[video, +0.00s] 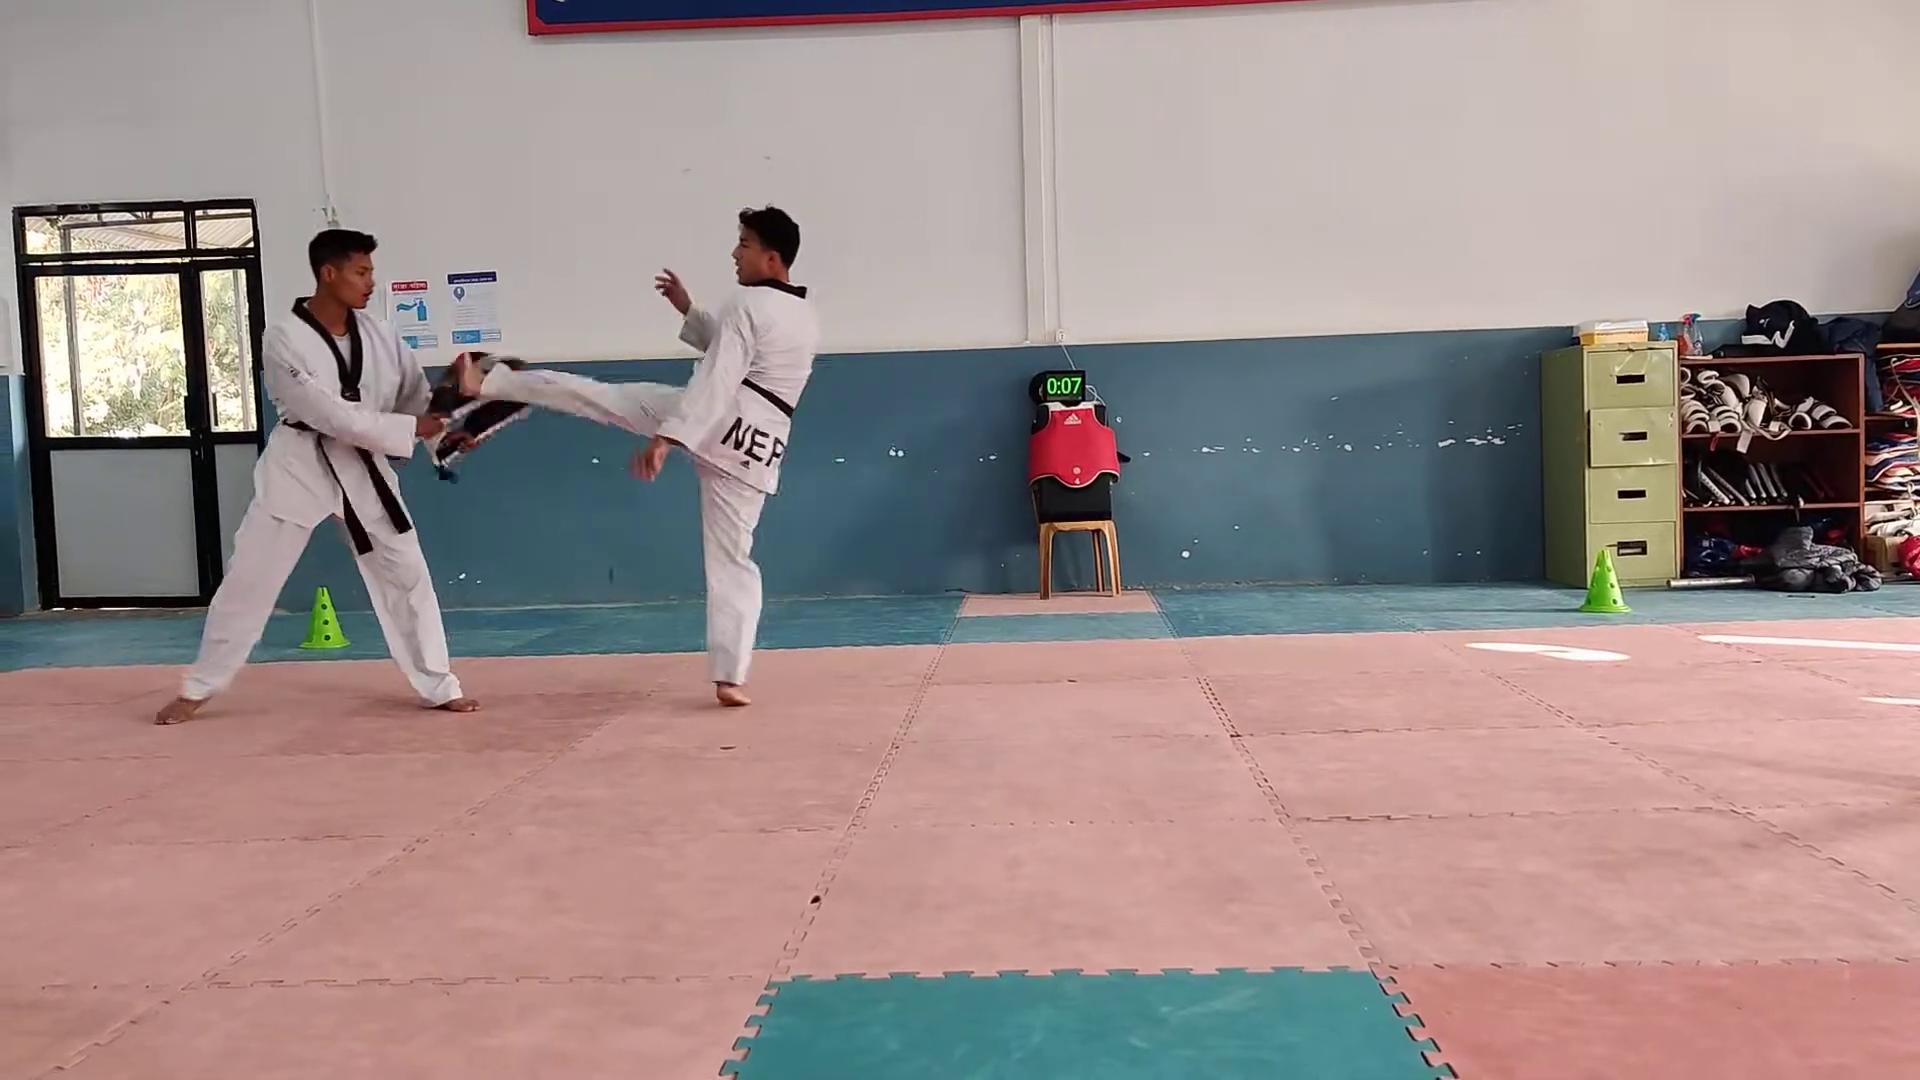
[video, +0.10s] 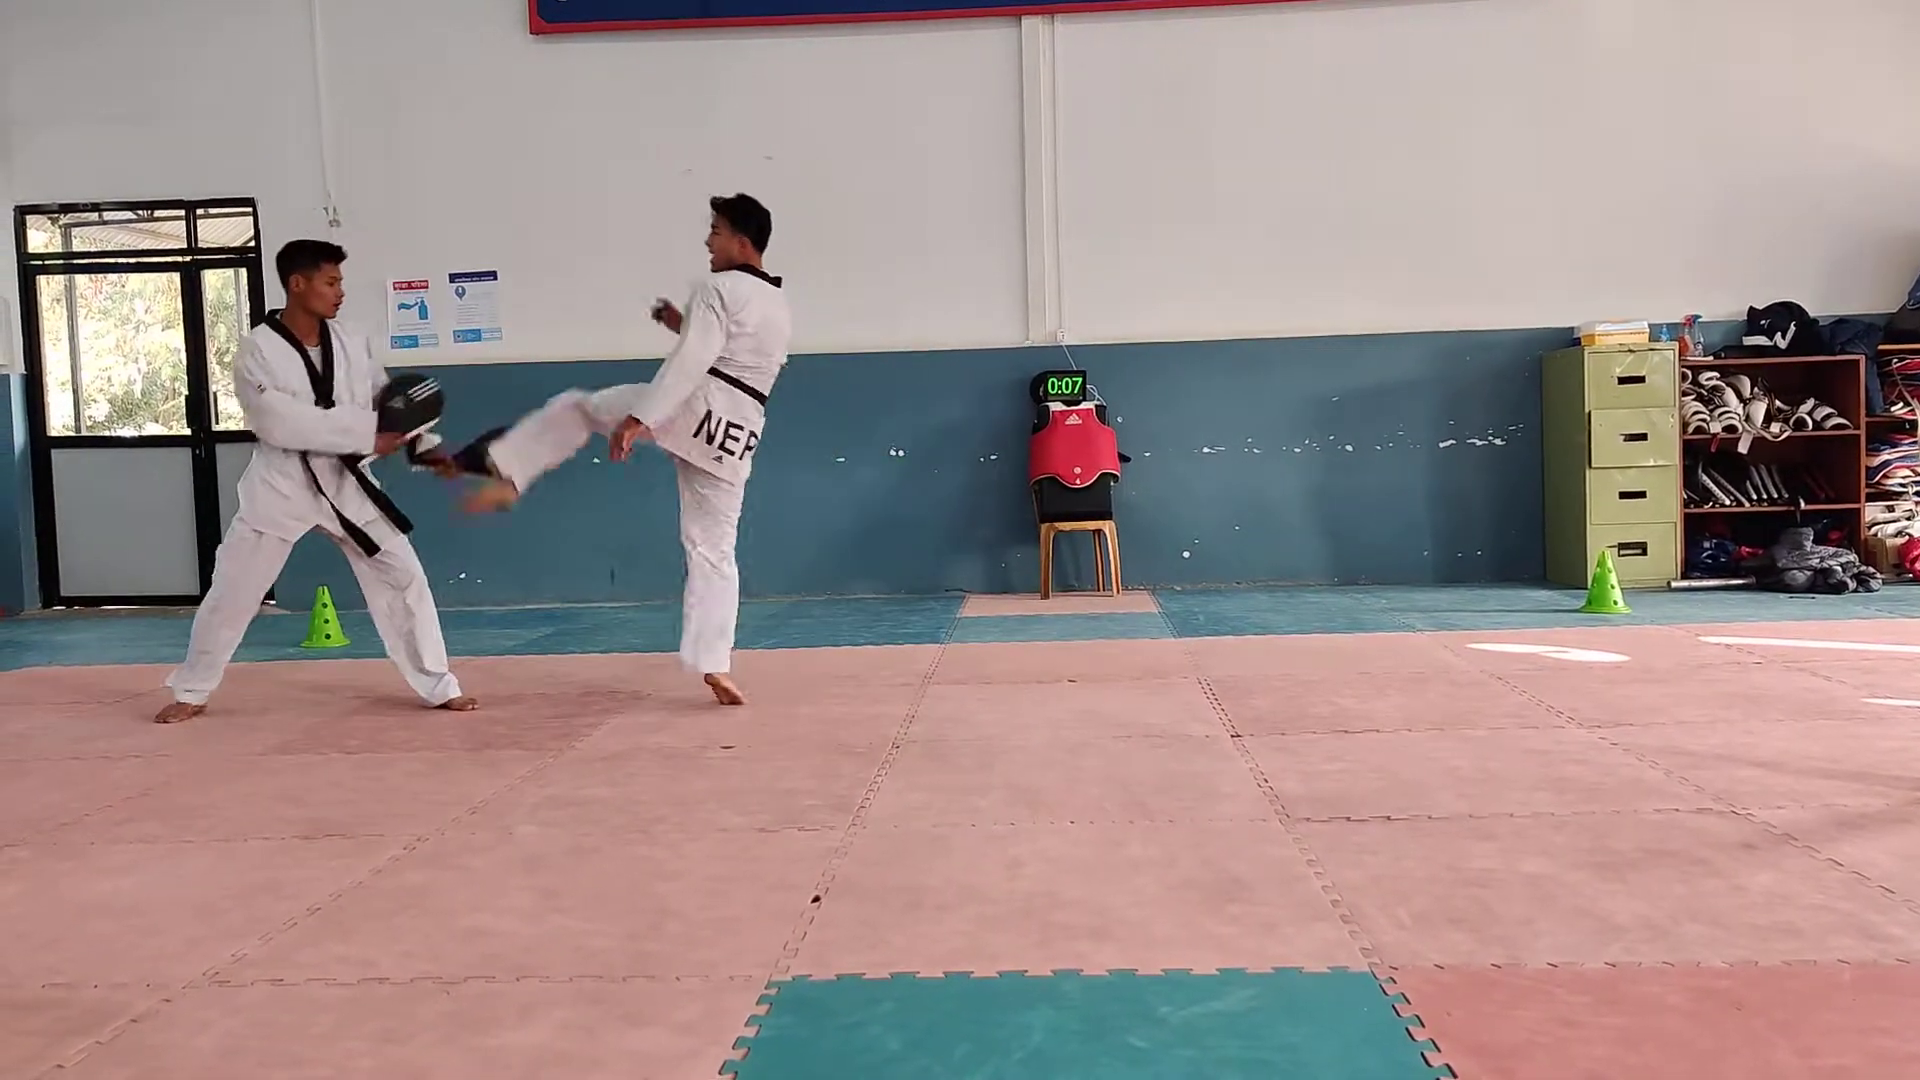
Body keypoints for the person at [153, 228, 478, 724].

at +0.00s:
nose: (371, 282)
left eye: (371, 272)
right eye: (362, 273)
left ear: (348, 276)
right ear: (327, 274)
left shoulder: (377, 332)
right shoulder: (285, 337)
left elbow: (414, 397)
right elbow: (322, 411)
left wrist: (455, 397)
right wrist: (411, 427)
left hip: (365, 462)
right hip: (299, 464)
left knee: (406, 570)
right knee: (250, 573)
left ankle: (439, 684)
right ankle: (197, 689)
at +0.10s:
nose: (341, 292)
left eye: (341, 283)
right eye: (331, 283)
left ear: (316, 286)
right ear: (297, 285)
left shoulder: (349, 340)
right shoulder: (258, 349)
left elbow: (384, 403)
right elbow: (275, 422)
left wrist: (426, 447)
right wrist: (368, 435)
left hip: (346, 478)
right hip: (279, 482)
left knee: (403, 573)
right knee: (233, 588)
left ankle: (438, 684)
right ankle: (189, 692)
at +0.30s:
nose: (358, 306)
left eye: (358, 296)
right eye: (348, 296)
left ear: (331, 299)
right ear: (315, 298)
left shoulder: (361, 359)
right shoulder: (261, 364)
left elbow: (368, 442)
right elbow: (238, 450)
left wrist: (375, 499)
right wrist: (300, 494)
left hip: (352, 494)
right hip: (281, 497)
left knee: (417, 569)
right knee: (239, 598)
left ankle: (443, 684)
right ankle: (198, 695)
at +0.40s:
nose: (402, 306)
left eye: (402, 297)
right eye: (393, 296)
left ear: (375, 299)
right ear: (361, 297)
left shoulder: (393, 360)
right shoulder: (306, 355)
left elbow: (397, 438)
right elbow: (272, 434)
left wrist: (401, 485)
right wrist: (339, 479)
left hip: (376, 490)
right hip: (308, 492)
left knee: (431, 567)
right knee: (254, 592)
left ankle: (448, 684)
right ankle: (198, 693)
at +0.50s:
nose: (452, 302)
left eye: (453, 292)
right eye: (446, 291)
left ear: (424, 292)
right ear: (414, 288)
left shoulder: (423, 357)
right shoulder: (366, 342)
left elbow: (408, 436)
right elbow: (350, 417)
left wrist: (427, 479)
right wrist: (430, 458)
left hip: (399, 479)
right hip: (345, 475)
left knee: (446, 568)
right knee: (294, 585)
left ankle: (450, 683)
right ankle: (205, 676)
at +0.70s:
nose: (505, 280)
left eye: (506, 270)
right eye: (499, 269)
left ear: (468, 269)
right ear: (469, 267)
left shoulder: (450, 319)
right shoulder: (439, 320)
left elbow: (462, 405)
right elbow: (464, 403)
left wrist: (524, 423)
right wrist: (540, 427)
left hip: (433, 443)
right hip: (409, 440)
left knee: (460, 572)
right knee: (427, 572)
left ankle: (453, 685)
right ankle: (348, 662)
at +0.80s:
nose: (524, 273)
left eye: (525, 263)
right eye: (518, 262)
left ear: (486, 263)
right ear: (488, 261)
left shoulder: (449, 307)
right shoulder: (465, 314)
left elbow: (464, 393)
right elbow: (483, 396)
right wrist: (560, 410)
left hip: (420, 428)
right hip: (437, 431)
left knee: (438, 561)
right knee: (482, 560)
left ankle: (447, 684)